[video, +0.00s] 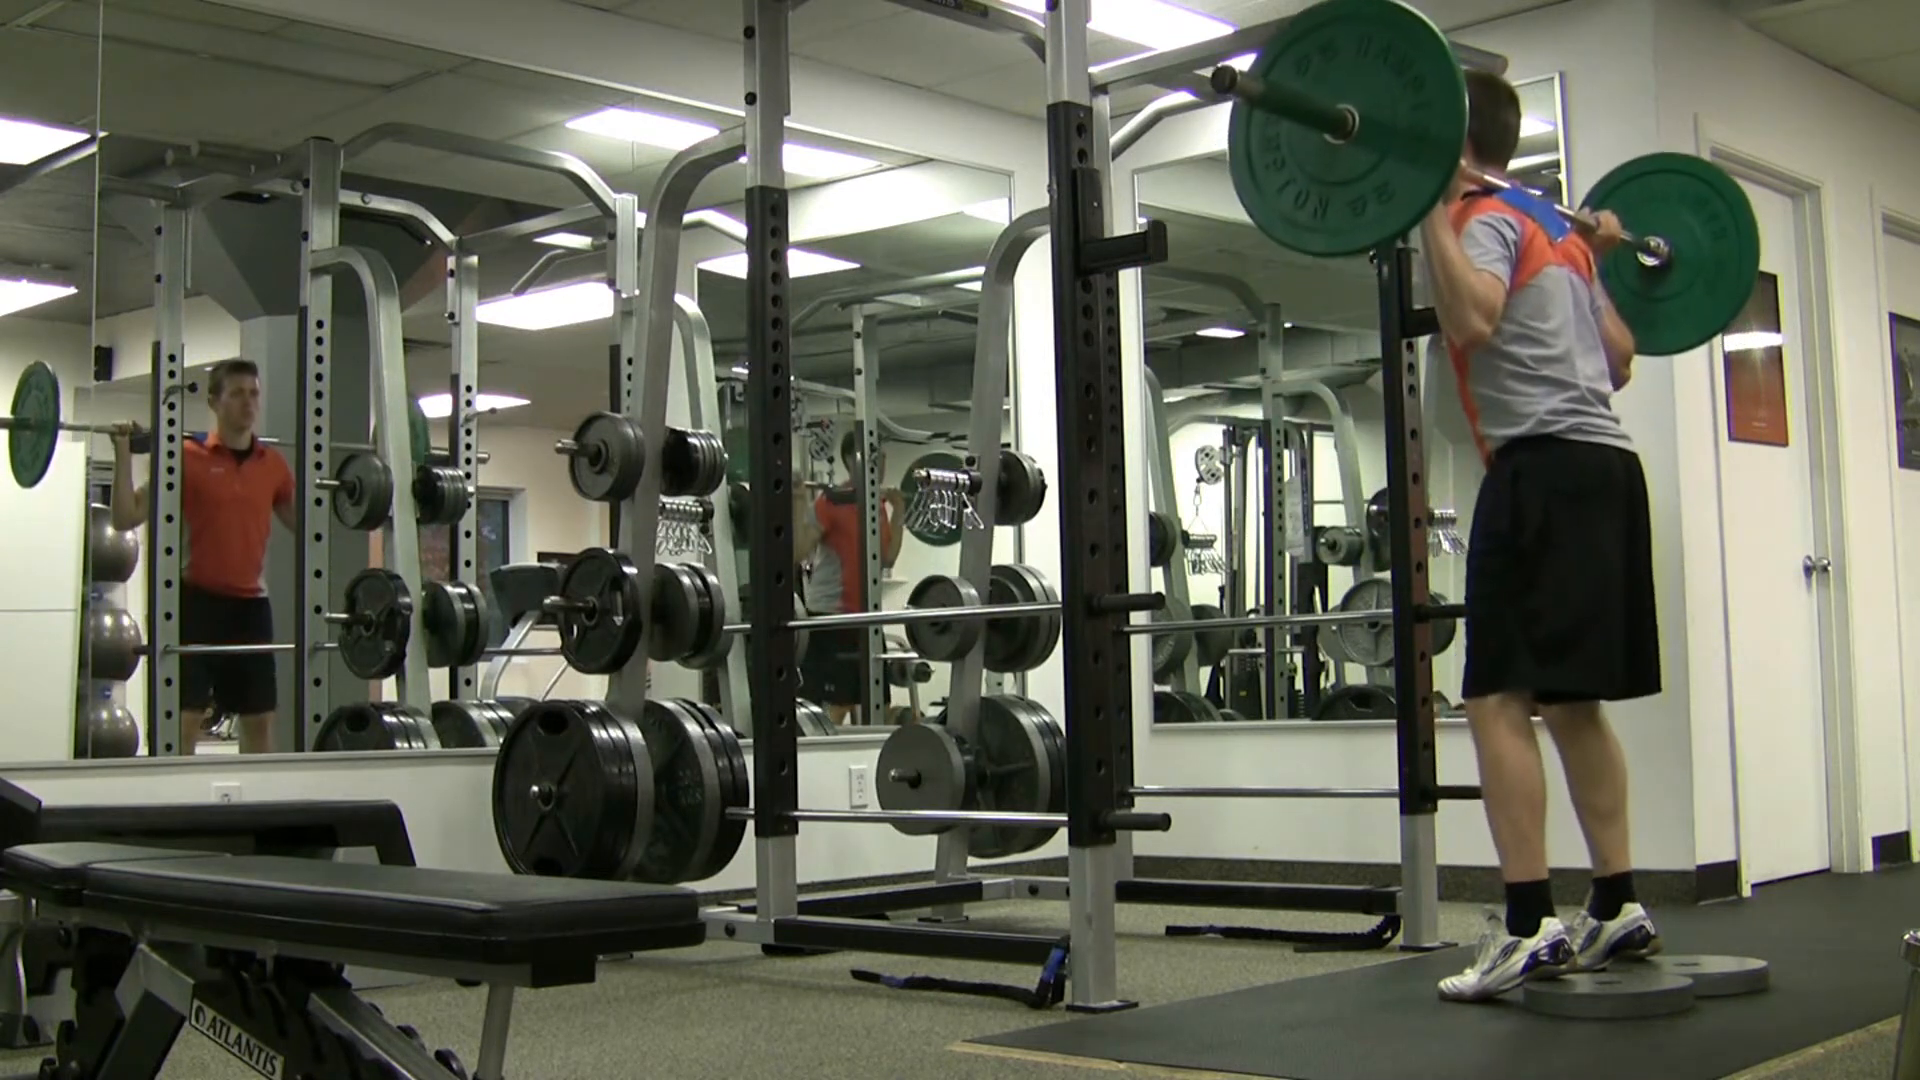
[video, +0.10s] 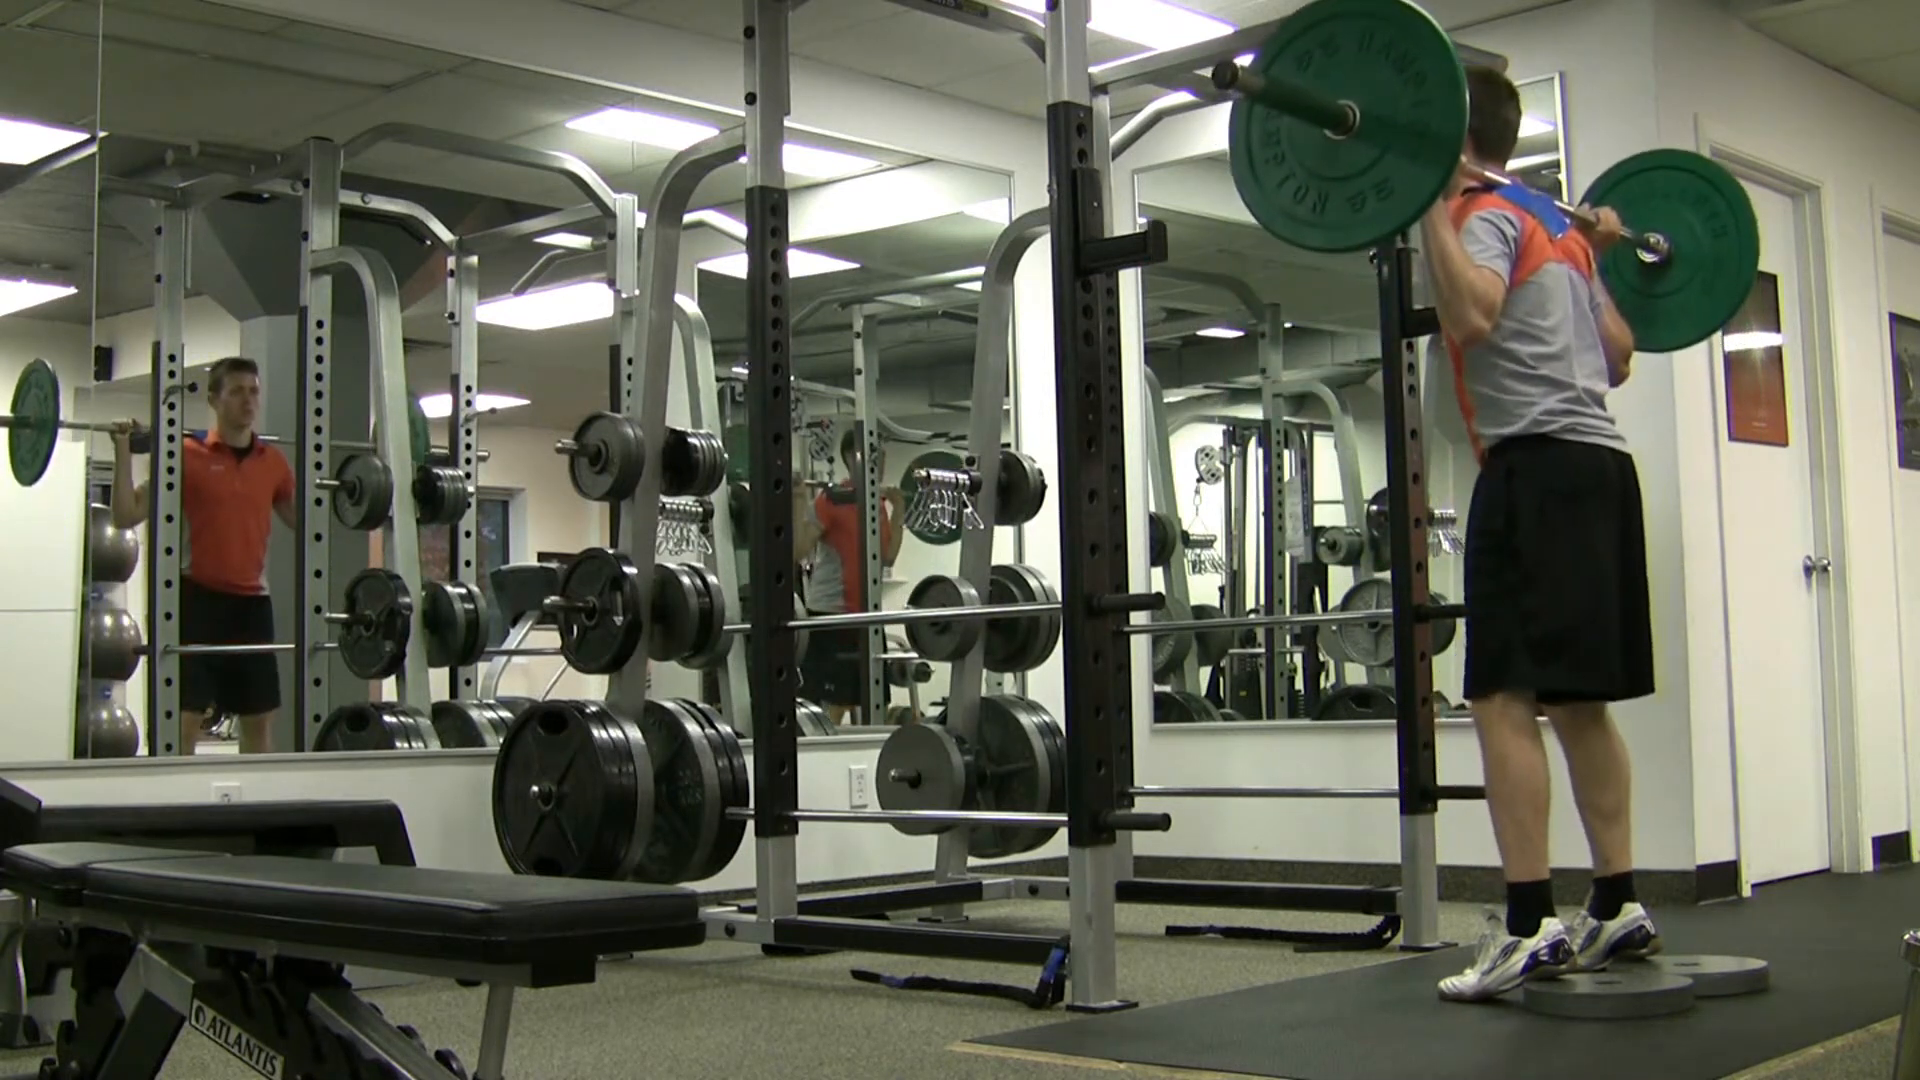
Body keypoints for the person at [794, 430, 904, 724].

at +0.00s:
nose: (874, 465)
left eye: (877, 457)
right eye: (865, 457)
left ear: (882, 460)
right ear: (849, 459)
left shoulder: (875, 505)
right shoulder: (830, 502)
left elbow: (888, 557)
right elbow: (799, 554)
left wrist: (898, 512)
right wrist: (798, 503)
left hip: (865, 613)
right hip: (833, 614)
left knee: (868, 704)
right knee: (838, 703)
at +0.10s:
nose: (872, 463)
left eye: (876, 455)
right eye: (864, 455)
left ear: (881, 458)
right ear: (849, 457)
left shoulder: (875, 503)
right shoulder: (831, 499)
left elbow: (888, 556)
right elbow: (799, 552)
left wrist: (898, 510)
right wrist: (798, 502)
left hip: (864, 610)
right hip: (831, 611)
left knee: (860, 699)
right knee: (835, 700)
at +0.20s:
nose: (872, 462)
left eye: (876, 454)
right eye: (864, 454)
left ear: (881, 457)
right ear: (849, 457)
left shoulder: (875, 502)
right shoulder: (830, 499)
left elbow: (888, 556)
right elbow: (799, 552)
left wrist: (897, 509)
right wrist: (798, 501)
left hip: (866, 610)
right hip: (832, 611)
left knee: (868, 701)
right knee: (830, 700)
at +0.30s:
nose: (871, 462)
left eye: (876, 454)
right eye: (863, 454)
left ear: (882, 457)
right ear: (848, 457)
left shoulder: (875, 501)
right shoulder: (830, 498)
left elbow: (888, 555)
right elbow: (799, 551)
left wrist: (897, 509)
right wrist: (797, 501)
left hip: (868, 611)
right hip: (833, 612)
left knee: (868, 702)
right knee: (826, 701)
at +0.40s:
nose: (871, 462)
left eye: (876, 454)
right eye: (863, 454)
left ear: (881, 457)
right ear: (849, 457)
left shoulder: (875, 502)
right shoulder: (830, 498)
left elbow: (888, 555)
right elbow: (798, 551)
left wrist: (897, 508)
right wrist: (798, 501)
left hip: (868, 611)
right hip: (833, 612)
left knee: (868, 702)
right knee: (827, 701)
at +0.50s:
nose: (872, 462)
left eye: (876, 454)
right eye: (863, 454)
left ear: (881, 457)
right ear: (848, 457)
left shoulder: (874, 502)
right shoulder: (831, 498)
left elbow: (888, 555)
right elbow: (798, 551)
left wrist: (897, 508)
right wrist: (798, 501)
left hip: (868, 611)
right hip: (833, 611)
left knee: (869, 702)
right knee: (828, 700)